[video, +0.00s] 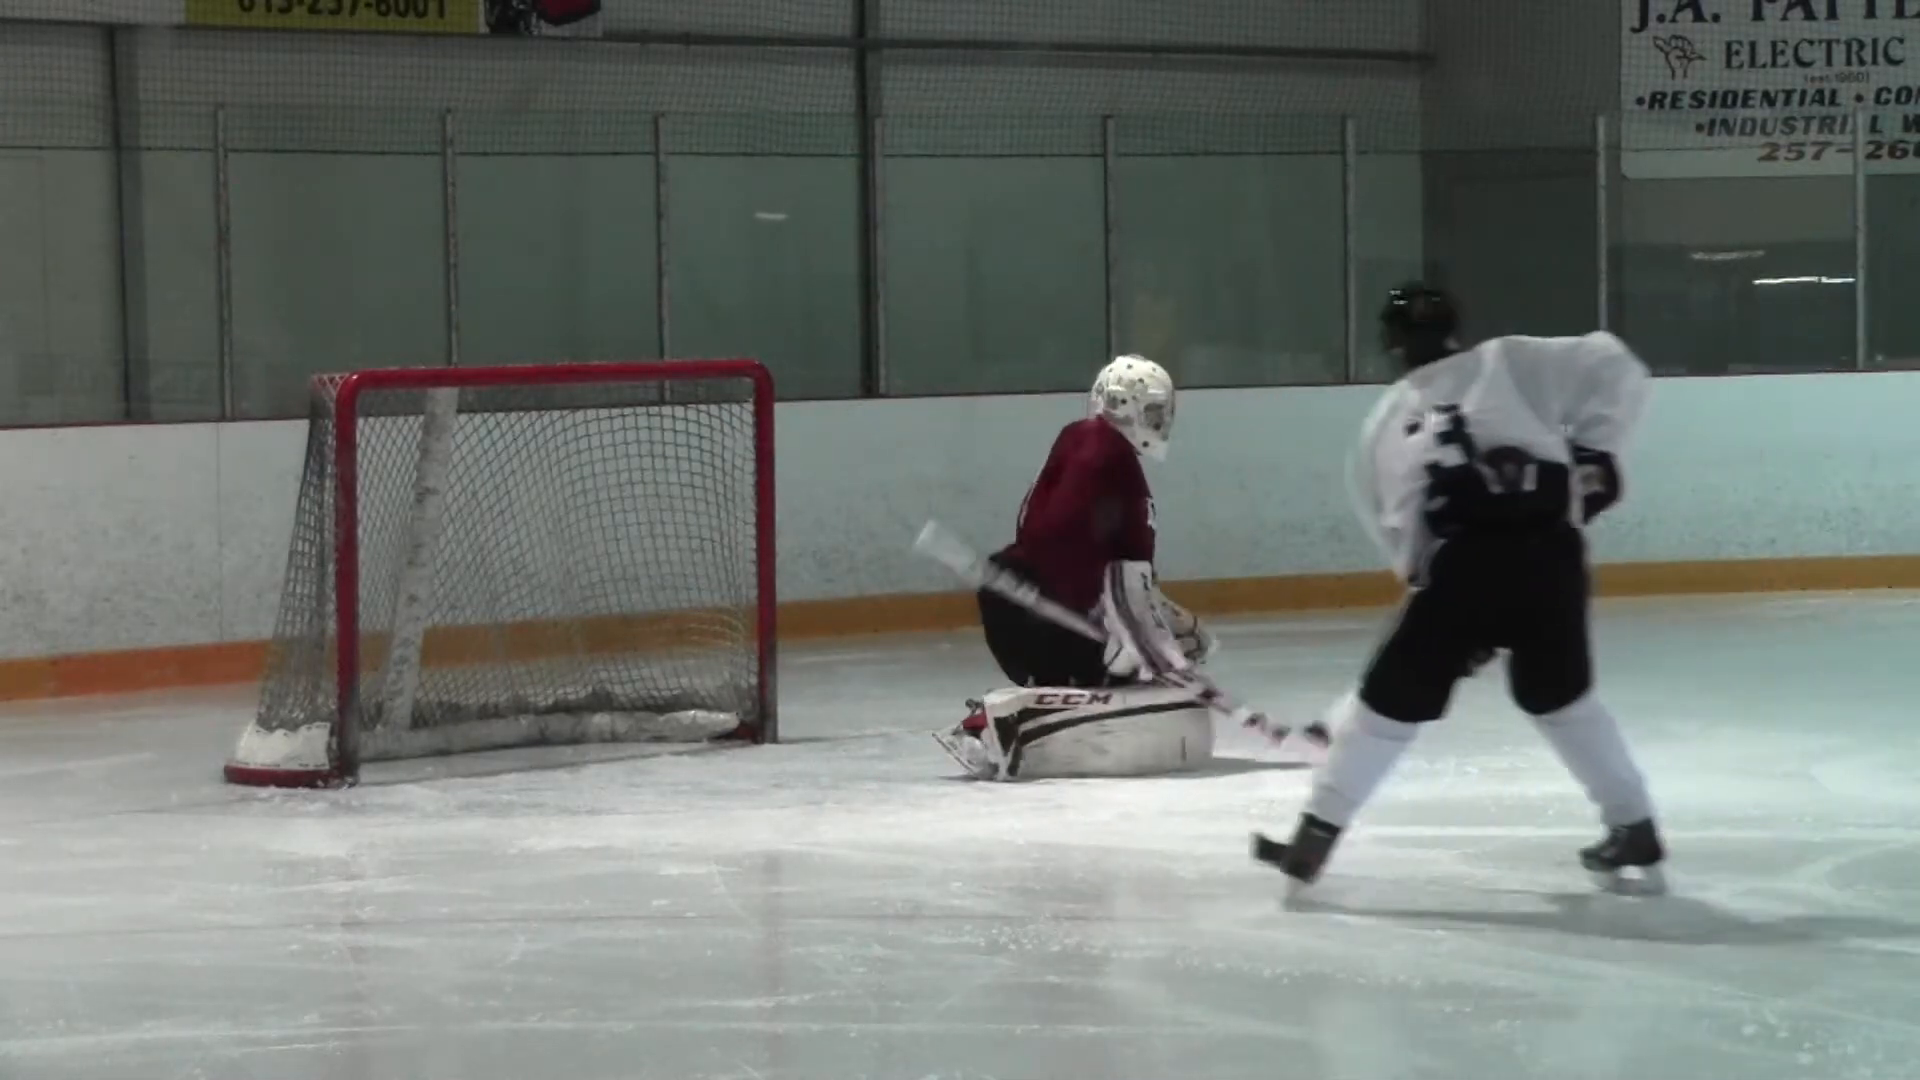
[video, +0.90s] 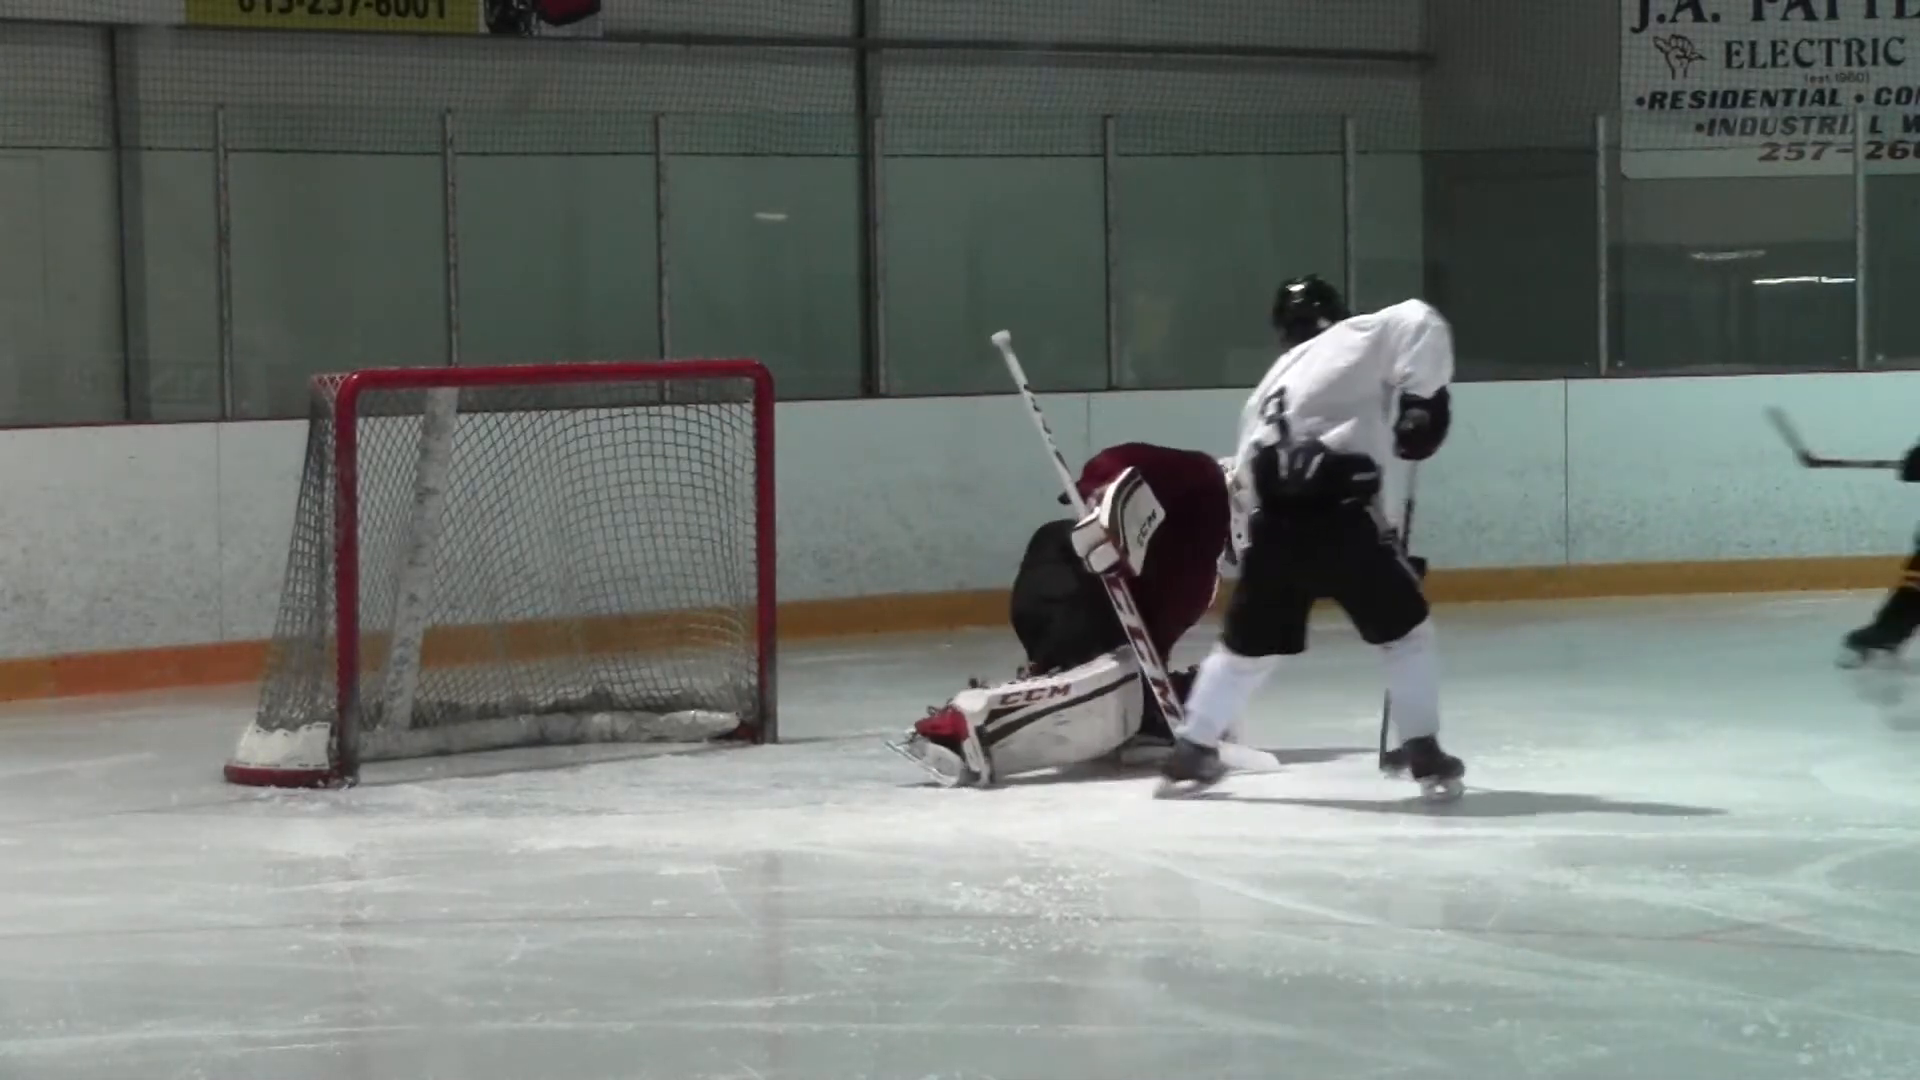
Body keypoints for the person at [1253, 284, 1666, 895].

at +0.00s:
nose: (1392, 349)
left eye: (1392, 340)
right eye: (1398, 339)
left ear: (1395, 345)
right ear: (1451, 331)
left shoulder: (1386, 423)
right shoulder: (1510, 360)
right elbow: (1613, 363)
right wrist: (1598, 450)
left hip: (1464, 573)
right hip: (1551, 559)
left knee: (1390, 702)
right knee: (1558, 693)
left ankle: (1312, 839)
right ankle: (1635, 829)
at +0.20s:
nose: (1275, 352)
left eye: (1275, 343)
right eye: (1275, 341)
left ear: (1282, 346)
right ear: (1342, 330)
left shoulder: (1268, 419)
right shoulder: (1399, 351)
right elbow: (1499, 357)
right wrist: (1477, 443)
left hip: (1351, 552)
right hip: (1436, 545)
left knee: (1284, 681)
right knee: (1444, 672)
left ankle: (1222, 809)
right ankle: (1507, 806)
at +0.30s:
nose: (1232, 349)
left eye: (1232, 340)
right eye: (1234, 339)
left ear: (1238, 344)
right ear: (1298, 328)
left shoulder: (1218, 421)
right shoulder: (1355, 349)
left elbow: (1238, 531)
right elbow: (1452, 361)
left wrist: (1264, 589)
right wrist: (1424, 444)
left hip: (1305, 543)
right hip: (1391, 534)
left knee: (1241, 676)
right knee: (1392, 670)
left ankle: (1186, 795)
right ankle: (1457, 795)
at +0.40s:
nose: (1196, 346)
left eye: (1196, 337)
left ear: (1199, 340)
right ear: (1259, 326)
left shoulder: (1183, 409)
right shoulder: (1311, 350)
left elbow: (1190, 514)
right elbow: (1411, 366)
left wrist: (1214, 575)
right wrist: (1379, 445)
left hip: (1266, 538)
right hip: (1350, 531)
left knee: (1204, 668)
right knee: (1360, 663)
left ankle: (1149, 784)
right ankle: (1413, 791)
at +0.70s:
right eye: (1257, 326)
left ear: (1200, 340)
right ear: (1257, 325)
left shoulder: (1178, 409)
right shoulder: (1285, 341)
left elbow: (1185, 491)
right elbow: (1356, 320)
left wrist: (1201, 557)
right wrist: (1358, 400)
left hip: (1217, 550)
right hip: (1299, 543)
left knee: (1154, 668)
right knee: (1340, 649)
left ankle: (1096, 770)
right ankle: (1364, 764)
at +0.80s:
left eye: (1241, 340)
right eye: (1289, 324)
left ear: (1237, 340)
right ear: (1290, 324)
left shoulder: (1220, 405)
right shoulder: (1316, 341)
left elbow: (1209, 487)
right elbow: (1376, 321)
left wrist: (1216, 546)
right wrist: (1381, 403)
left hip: (1237, 546)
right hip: (1310, 537)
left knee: (1189, 657)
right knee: (1369, 640)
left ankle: (1125, 761)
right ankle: (1392, 756)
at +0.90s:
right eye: (1336, 312)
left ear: (1283, 330)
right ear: (1335, 313)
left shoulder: (1266, 387)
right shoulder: (1358, 333)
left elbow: (1242, 479)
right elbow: (1419, 316)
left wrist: (1245, 550)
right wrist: (1423, 401)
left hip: (1276, 530)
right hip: (1345, 523)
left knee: (1244, 646)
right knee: (1407, 632)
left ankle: (1192, 747)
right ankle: (1421, 746)